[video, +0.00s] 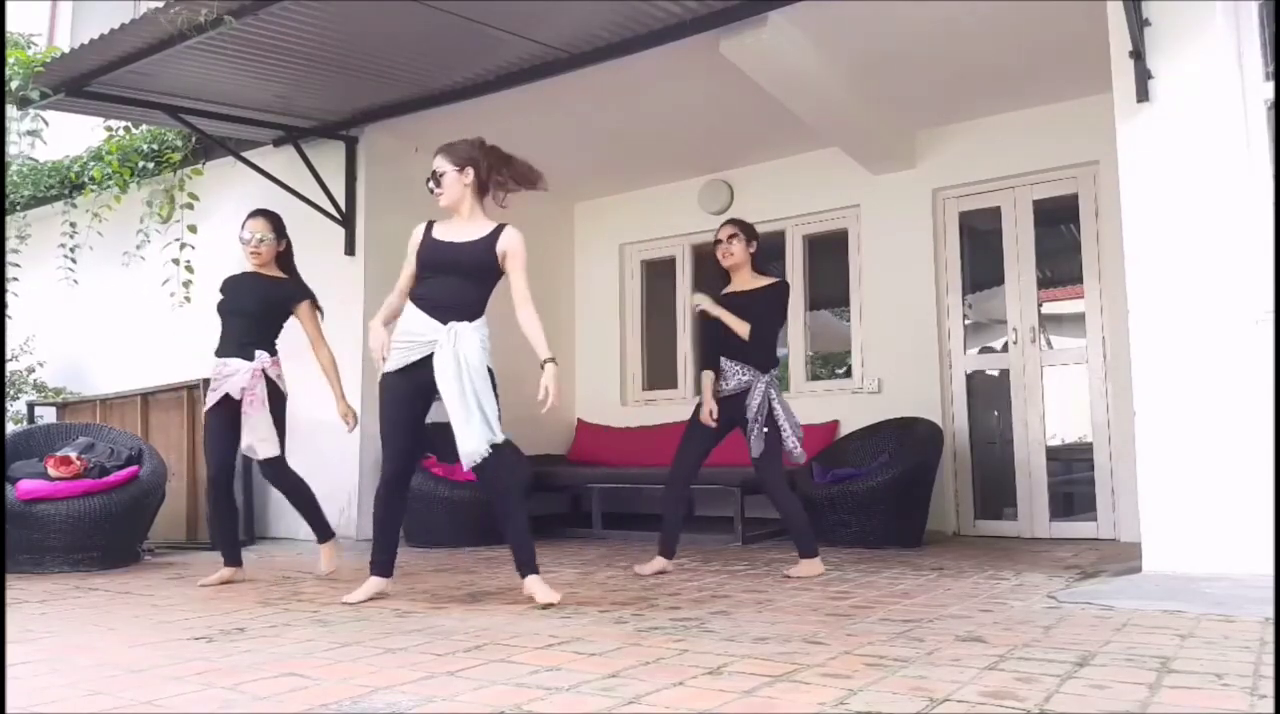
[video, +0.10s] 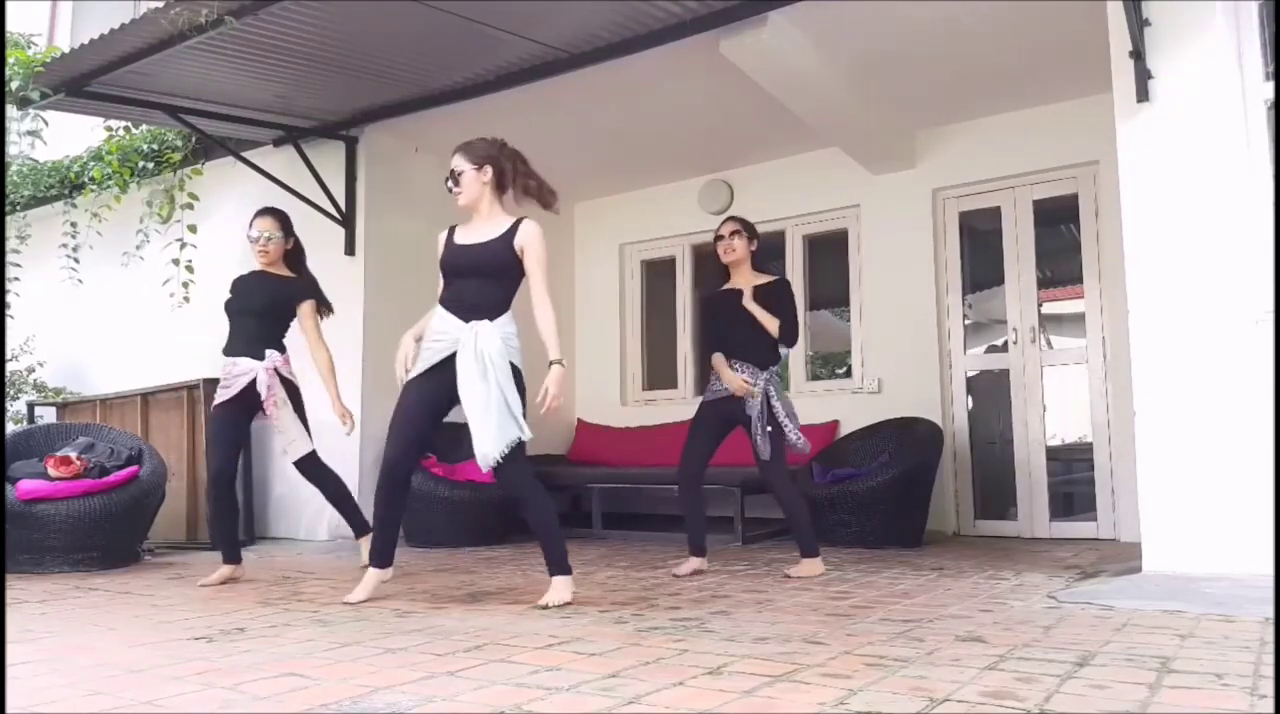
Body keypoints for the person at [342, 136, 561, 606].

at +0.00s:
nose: (431, 185)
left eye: (438, 177)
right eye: (431, 178)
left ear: (467, 175)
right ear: (455, 178)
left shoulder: (504, 238)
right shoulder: (424, 233)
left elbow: (523, 306)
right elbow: (401, 292)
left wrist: (548, 360)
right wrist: (378, 320)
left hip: (465, 354)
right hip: (410, 350)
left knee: (498, 458)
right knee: (395, 465)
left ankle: (529, 575)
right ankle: (379, 574)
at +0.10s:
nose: (451, 185)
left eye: (457, 176)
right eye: (449, 178)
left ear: (488, 174)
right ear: (472, 178)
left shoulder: (523, 230)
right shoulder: (448, 237)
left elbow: (540, 299)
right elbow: (444, 303)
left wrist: (557, 362)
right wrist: (412, 334)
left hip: (492, 356)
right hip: (441, 354)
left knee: (512, 467)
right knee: (396, 457)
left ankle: (560, 575)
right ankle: (379, 565)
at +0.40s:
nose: (492, 183)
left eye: (501, 173)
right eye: (487, 177)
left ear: (530, 175)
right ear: (486, 184)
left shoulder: (554, 232)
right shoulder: (483, 243)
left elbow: (572, 303)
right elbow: (462, 311)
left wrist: (578, 303)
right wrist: (431, 355)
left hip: (541, 360)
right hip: (494, 359)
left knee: (530, 471)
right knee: (434, 449)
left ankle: (568, 580)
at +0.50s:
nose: (504, 172)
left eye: (514, 163)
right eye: (496, 166)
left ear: (538, 167)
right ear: (490, 174)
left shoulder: (559, 223)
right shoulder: (478, 232)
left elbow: (579, 277)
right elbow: (453, 303)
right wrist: (394, 336)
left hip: (539, 351)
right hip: (485, 350)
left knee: (541, 464)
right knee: (469, 464)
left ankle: (567, 577)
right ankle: (471, 568)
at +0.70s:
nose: (520, 167)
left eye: (529, 159)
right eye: (510, 161)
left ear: (547, 167)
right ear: (502, 171)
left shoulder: (565, 220)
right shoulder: (485, 229)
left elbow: (589, 212)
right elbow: (450, 296)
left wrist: (580, 167)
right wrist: (391, 328)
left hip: (545, 351)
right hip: (490, 350)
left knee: (571, 455)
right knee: (482, 463)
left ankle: (588, 576)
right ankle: (469, 571)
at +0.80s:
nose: (531, 167)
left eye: (540, 159)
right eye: (521, 161)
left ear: (556, 166)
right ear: (512, 170)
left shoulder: (572, 221)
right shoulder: (495, 226)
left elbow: (582, 201)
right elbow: (459, 287)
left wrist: (571, 156)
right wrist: (449, 331)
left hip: (559, 347)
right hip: (503, 347)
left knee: (574, 463)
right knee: (476, 459)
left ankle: (605, 574)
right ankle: (478, 567)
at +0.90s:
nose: (539, 173)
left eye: (548, 165)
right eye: (530, 167)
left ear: (565, 172)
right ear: (521, 175)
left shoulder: (579, 225)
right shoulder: (503, 230)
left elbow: (582, 196)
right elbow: (473, 290)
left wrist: (577, 159)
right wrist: (502, 317)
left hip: (572, 352)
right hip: (521, 355)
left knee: (580, 465)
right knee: (461, 453)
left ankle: (615, 576)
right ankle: (485, 568)